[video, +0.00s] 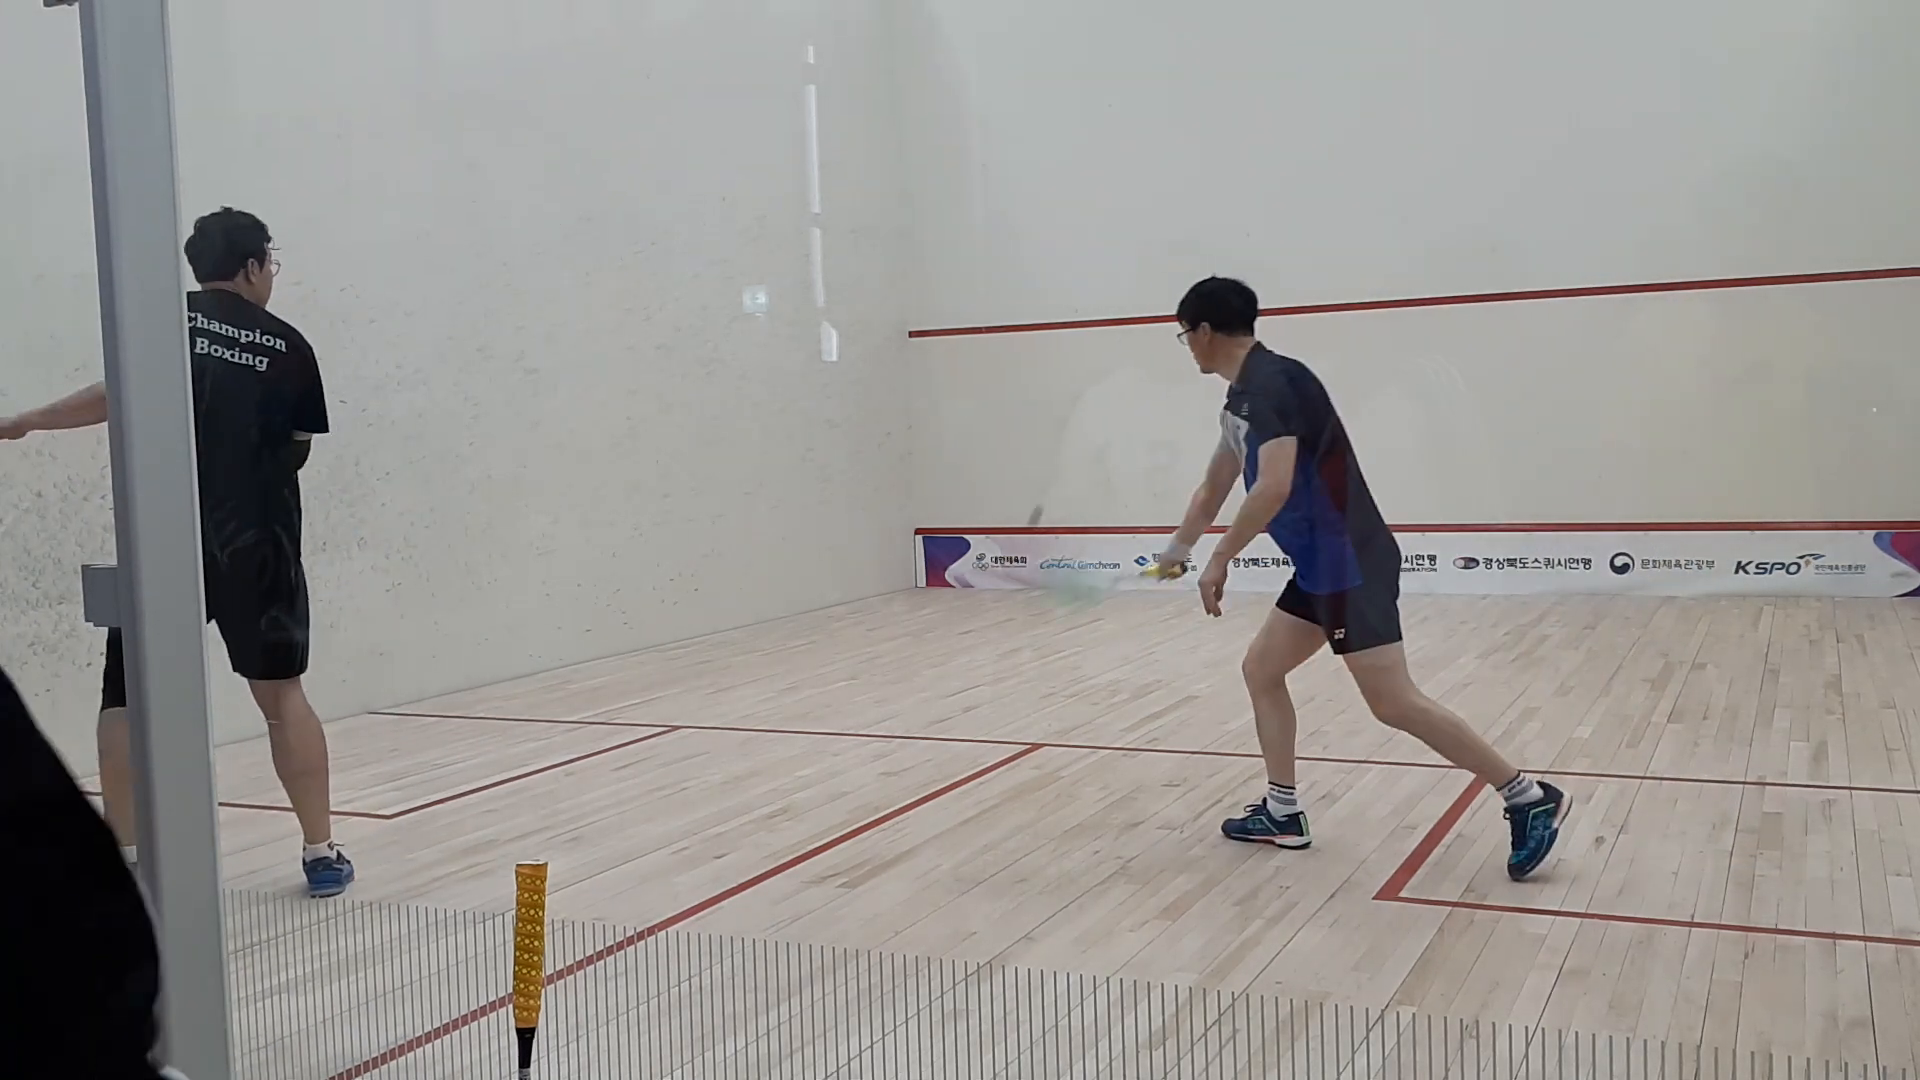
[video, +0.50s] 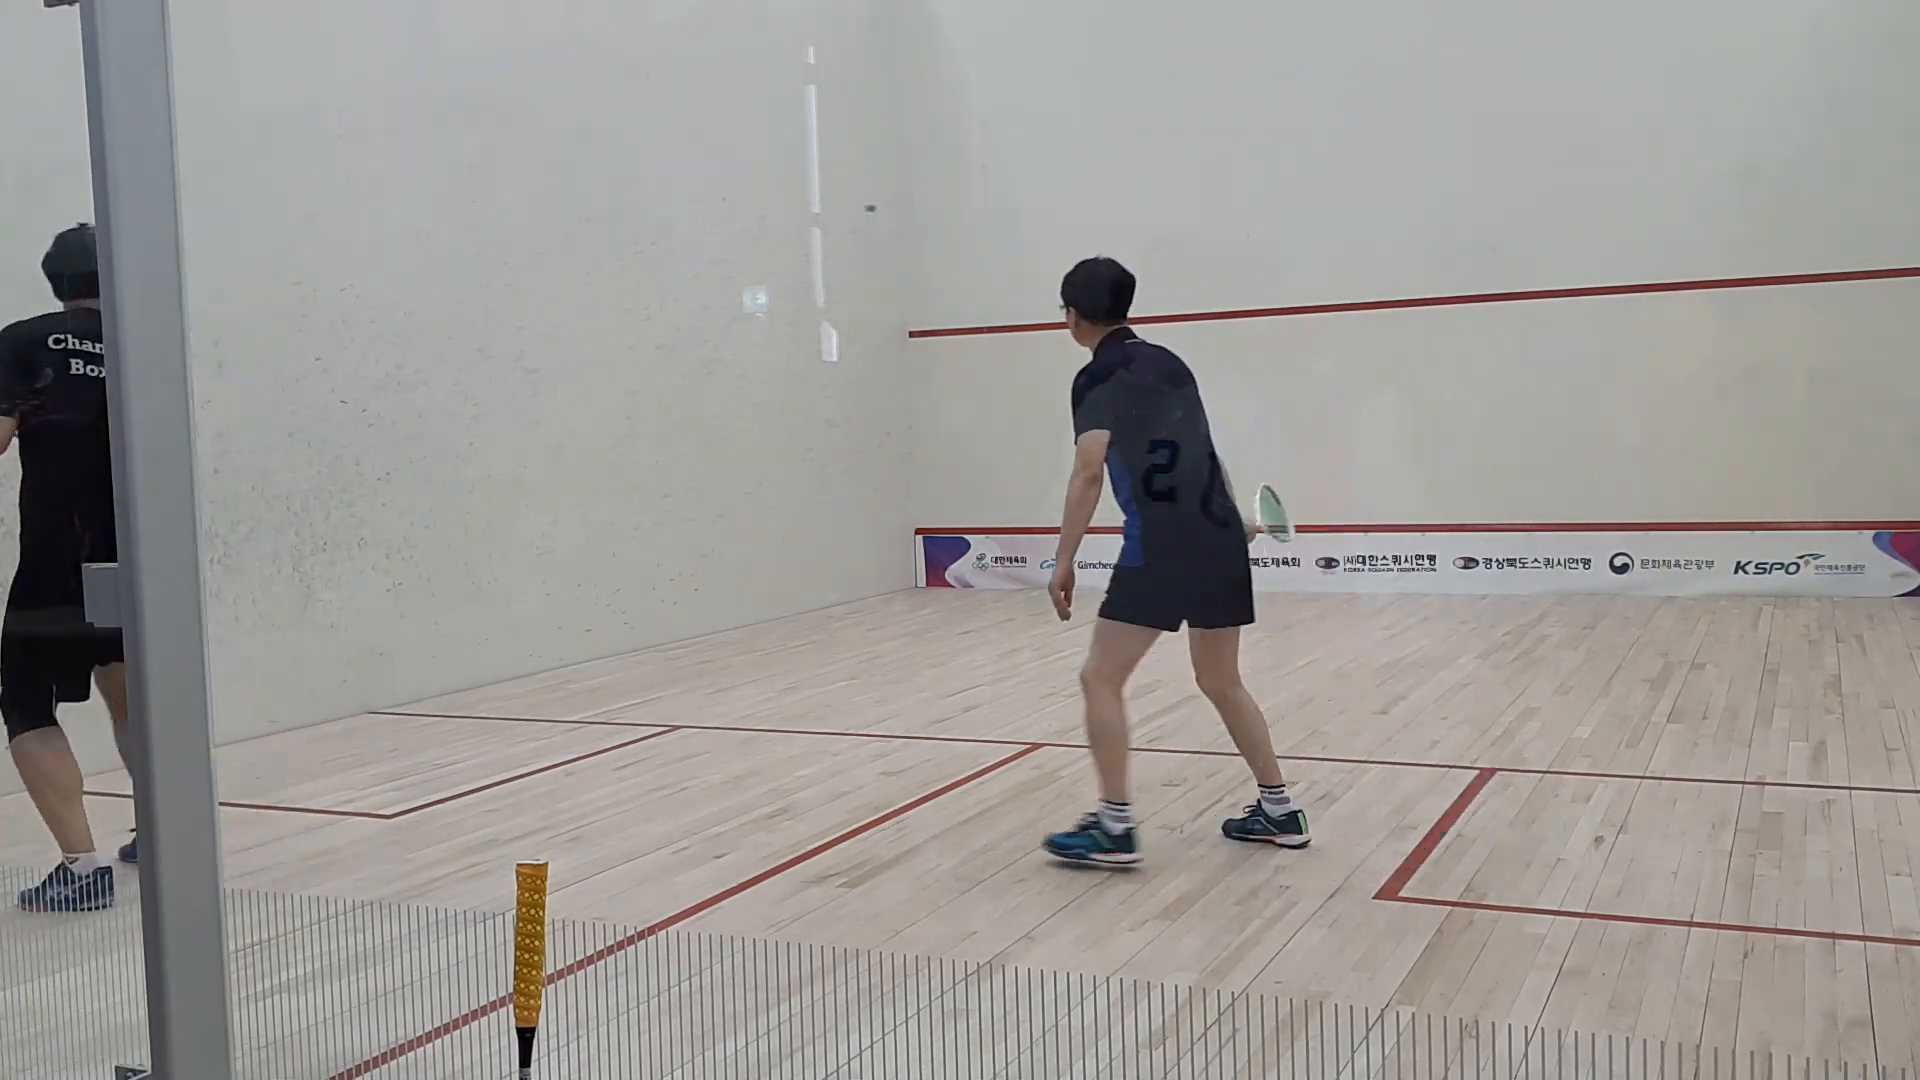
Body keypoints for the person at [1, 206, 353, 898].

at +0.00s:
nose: (274, 275)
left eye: (270, 262)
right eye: (270, 264)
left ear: (202, 270)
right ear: (252, 269)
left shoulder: (163, 326)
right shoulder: (288, 346)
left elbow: (102, 402)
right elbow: (295, 451)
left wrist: (22, 422)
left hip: (157, 547)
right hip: (256, 551)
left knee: (121, 699)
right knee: (283, 698)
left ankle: (123, 859)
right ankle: (321, 853)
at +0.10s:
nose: (252, 276)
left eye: (249, 264)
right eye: (247, 265)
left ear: (184, 273)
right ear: (229, 273)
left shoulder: (144, 327)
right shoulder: (269, 352)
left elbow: (94, 399)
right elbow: (274, 456)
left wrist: (9, 416)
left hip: (145, 558)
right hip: (244, 560)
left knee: (108, 704)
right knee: (273, 697)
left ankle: (92, 866)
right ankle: (321, 851)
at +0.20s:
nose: (221, 283)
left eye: (217, 271)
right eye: (217, 272)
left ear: (145, 271)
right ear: (202, 277)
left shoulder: (108, 328)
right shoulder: (239, 354)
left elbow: (70, 408)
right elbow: (245, 461)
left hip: (115, 560)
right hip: (216, 564)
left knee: (78, 699)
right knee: (247, 693)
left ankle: (86, 867)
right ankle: (316, 843)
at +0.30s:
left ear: (107, 259)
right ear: (177, 265)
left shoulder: (72, 334)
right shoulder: (205, 353)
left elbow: (30, 419)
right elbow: (210, 464)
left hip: (85, 557)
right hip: (181, 562)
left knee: (59, 703)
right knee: (206, 685)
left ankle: (84, 867)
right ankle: (278, 810)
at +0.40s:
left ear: (76, 270)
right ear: (141, 263)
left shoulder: (44, 334)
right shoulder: (176, 347)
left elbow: (4, 424)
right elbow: (189, 451)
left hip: (69, 559)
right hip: (159, 560)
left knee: (44, 697)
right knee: (171, 697)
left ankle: (82, 865)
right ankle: (204, 827)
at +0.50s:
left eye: (61, 282)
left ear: (54, 283)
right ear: (112, 278)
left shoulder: (22, 342)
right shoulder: (144, 336)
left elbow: (3, 441)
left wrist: (35, 416)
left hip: (51, 566)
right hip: (135, 564)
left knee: (22, 700)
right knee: (122, 679)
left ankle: (83, 863)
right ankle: (158, 828)